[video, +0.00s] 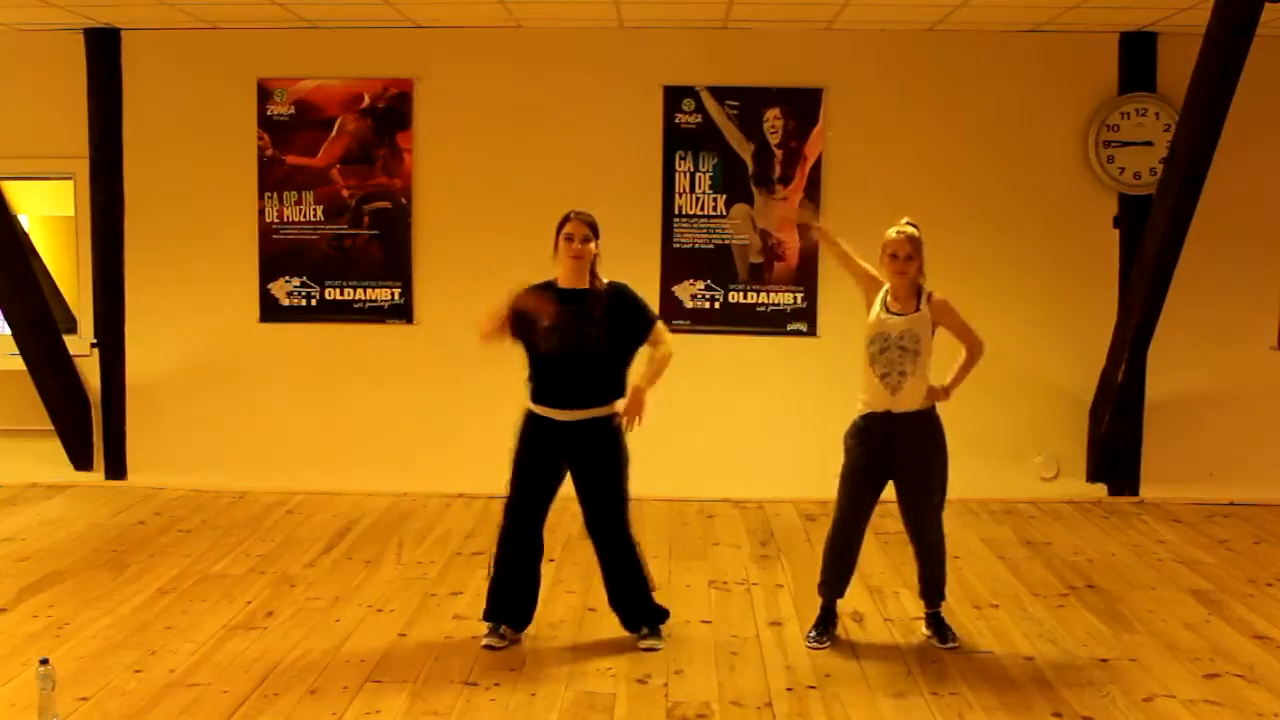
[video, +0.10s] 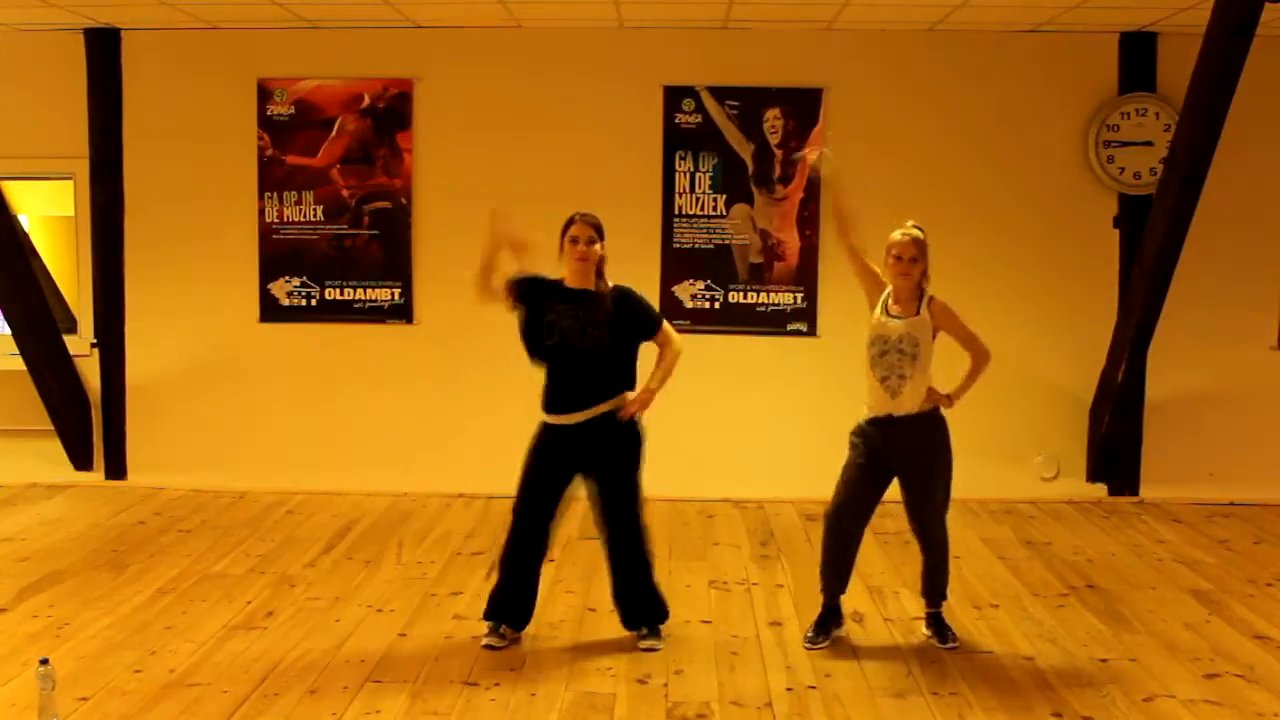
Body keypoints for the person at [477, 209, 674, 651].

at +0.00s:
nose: (578, 244)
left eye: (586, 239)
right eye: (569, 238)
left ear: (597, 249)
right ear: (556, 246)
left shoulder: (619, 300)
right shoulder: (532, 300)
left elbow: (664, 346)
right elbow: (489, 336)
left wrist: (641, 390)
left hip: (599, 430)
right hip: (543, 428)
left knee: (611, 527)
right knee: (520, 523)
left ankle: (643, 620)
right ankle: (505, 620)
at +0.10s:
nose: (583, 247)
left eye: (591, 241)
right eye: (574, 240)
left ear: (602, 249)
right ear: (561, 247)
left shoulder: (623, 302)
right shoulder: (541, 293)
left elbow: (672, 346)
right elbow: (484, 288)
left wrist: (647, 394)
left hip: (612, 428)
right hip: (558, 432)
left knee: (624, 529)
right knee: (527, 525)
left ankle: (646, 621)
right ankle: (505, 620)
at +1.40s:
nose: (596, 260)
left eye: (605, 254)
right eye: (590, 252)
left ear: (619, 259)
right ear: (580, 255)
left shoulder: (635, 309)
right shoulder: (564, 290)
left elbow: (679, 360)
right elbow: (538, 229)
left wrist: (653, 401)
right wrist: (520, 169)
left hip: (620, 432)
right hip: (563, 434)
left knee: (634, 529)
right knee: (535, 528)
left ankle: (649, 620)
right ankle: (506, 620)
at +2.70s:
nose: (598, 258)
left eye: (607, 252)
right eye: (592, 251)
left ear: (621, 258)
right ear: (582, 254)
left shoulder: (636, 310)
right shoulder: (566, 289)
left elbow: (679, 360)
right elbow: (542, 229)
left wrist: (654, 401)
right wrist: (526, 168)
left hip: (621, 432)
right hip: (565, 434)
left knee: (634, 529)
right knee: (536, 527)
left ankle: (649, 620)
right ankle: (506, 620)